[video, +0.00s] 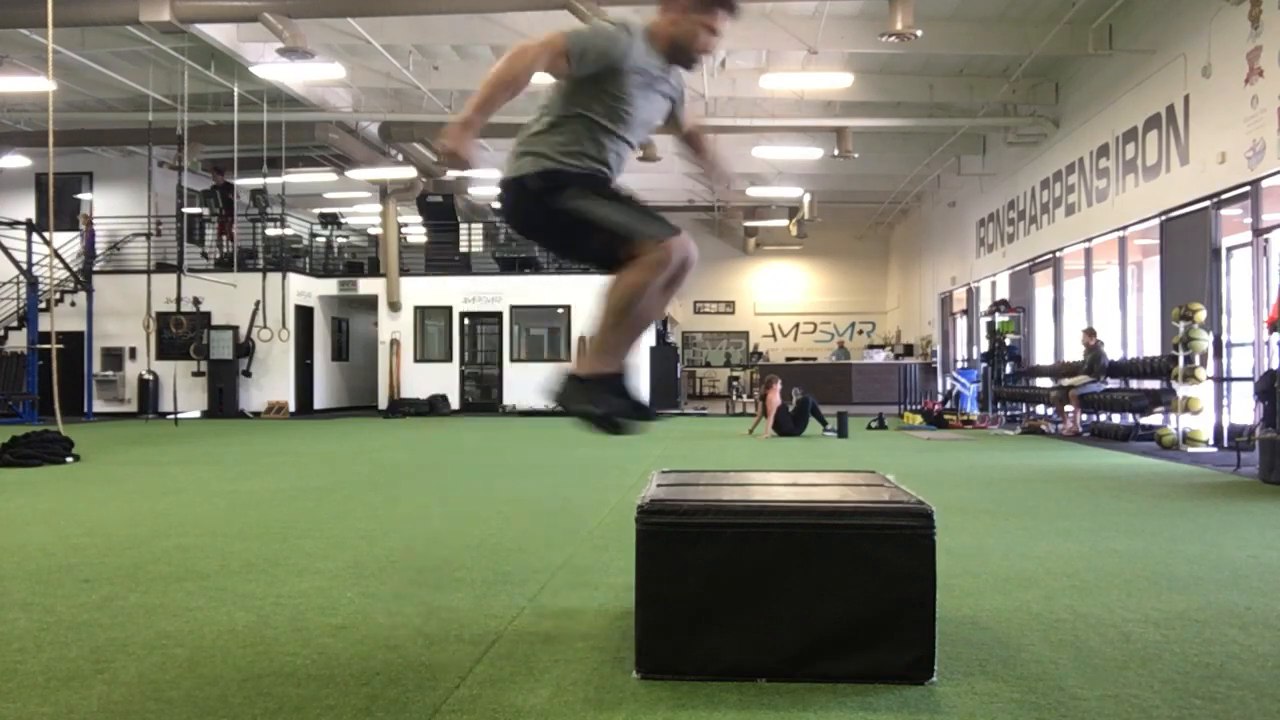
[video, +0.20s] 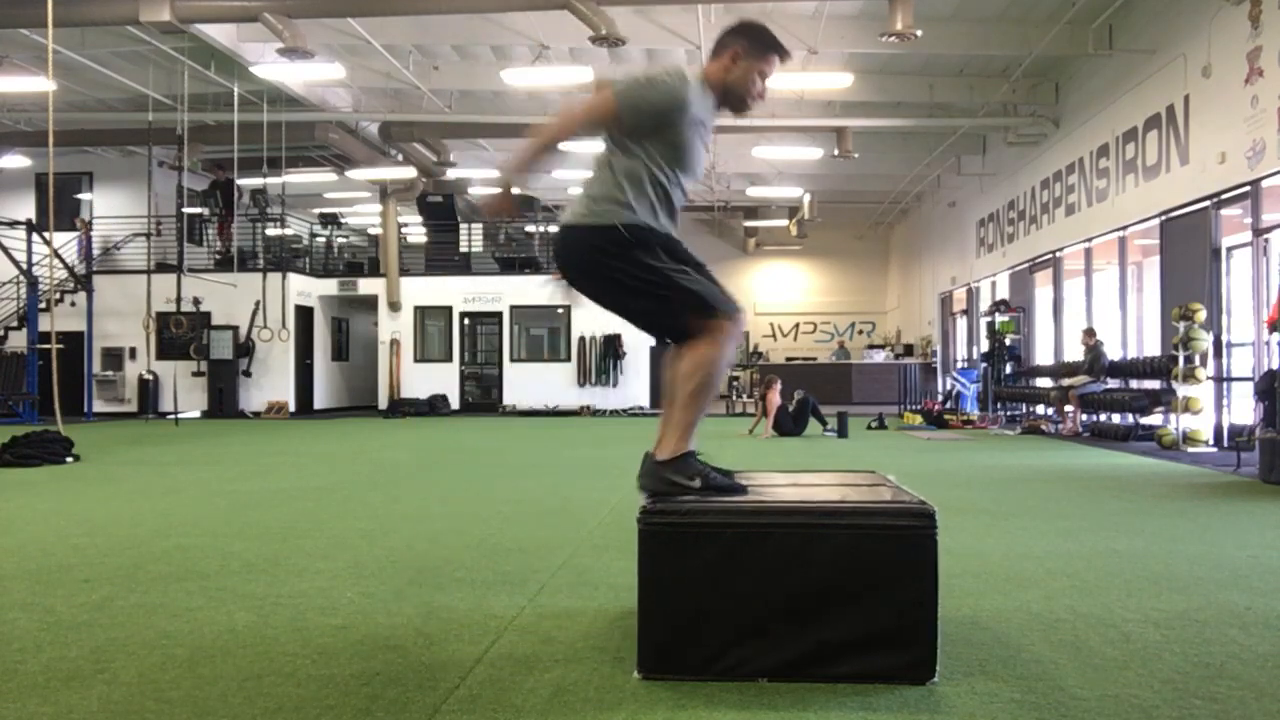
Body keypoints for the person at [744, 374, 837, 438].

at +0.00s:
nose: (780, 386)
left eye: (780, 384)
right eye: (779, 384)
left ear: (769, 385)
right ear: (774, 385)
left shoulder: (765, 396)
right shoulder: (774, 396)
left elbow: (759, 415)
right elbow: (770, 416)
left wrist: (751, 430)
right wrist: (766, 433)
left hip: (784, 430)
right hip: (792, 431)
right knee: (807, 399)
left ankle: (795, 404)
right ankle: (826, 427)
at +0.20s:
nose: (780, 386)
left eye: (780, 384)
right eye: (779, 384)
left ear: (768, 385)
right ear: (773, 385)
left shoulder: (765, 395)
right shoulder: (774, 395)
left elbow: (759, 415)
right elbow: (770, 415)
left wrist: (751, 430)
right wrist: (767, 433)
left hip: (784, 430)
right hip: (792, 431)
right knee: (807, 399)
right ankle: (826, 427)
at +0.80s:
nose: (780, 386)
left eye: (780, 384)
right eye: (779, 384)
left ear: (768, 385)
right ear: (773, 385)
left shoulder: (765, 396)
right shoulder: (773, 395)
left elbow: (759, 415)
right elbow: (770, 416)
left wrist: (751, 430)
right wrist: (767, 433)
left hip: (785, 430)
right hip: (792, 430)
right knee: (807, 400)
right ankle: (826, 427)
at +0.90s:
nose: (780, 386)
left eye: (780, 384)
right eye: (779, 384)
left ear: (768, 385)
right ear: (773, 385)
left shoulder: (765, 396)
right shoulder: (773, 395)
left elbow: (759, 415)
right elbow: (770, 416)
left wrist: (751, 430)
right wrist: (767, 433)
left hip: (785, 430)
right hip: (792, 430)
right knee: (807, 400)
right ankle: (826, 427)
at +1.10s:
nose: (780, 386)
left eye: (780, 384)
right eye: (779, 384)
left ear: (768, 385)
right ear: (773, 385)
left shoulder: (765, 395)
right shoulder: (773, 395)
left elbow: (759, 415)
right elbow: (770, 415)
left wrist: (751, 430)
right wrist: (767, 433)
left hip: (785, 430)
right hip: (792, 431)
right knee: (807, 399)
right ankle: (826, 427)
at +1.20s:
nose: (780, 386)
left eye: (780, 384)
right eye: (779, 384)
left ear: (768, 385)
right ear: (773, 385)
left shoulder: (765, 395)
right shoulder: (773, 395)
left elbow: (759, 415)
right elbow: (770, 415)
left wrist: (751, 430)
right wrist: (767, 433)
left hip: (785, 430)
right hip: (792, 431)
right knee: (807, 399)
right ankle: (826, 426)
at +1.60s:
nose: (780, 386)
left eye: (780, 384)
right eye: (779, 384)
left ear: (769, 385)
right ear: (773, 385)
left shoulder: (766, 395)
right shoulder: (773, 396)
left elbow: (759, 415)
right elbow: (770, 415)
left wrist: (751, 430)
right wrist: (767, 433)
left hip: (785, 430)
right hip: (792, 431)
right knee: (807, 399)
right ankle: (826, 426)